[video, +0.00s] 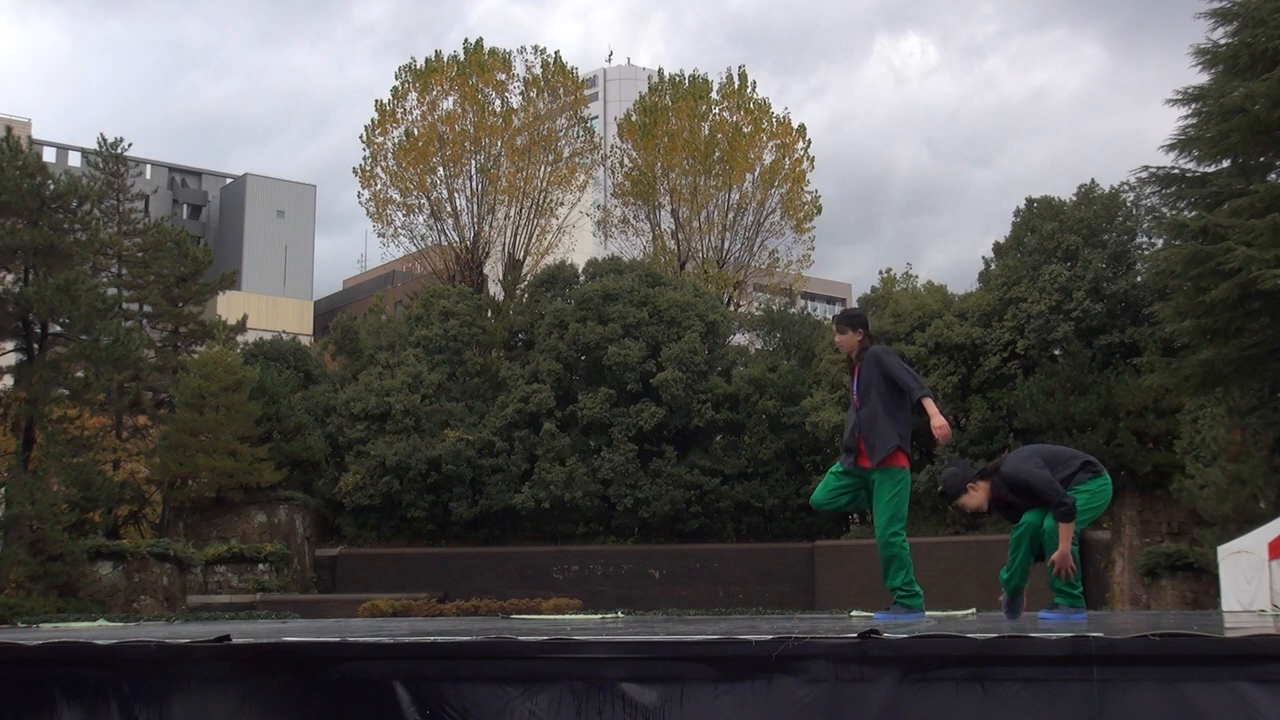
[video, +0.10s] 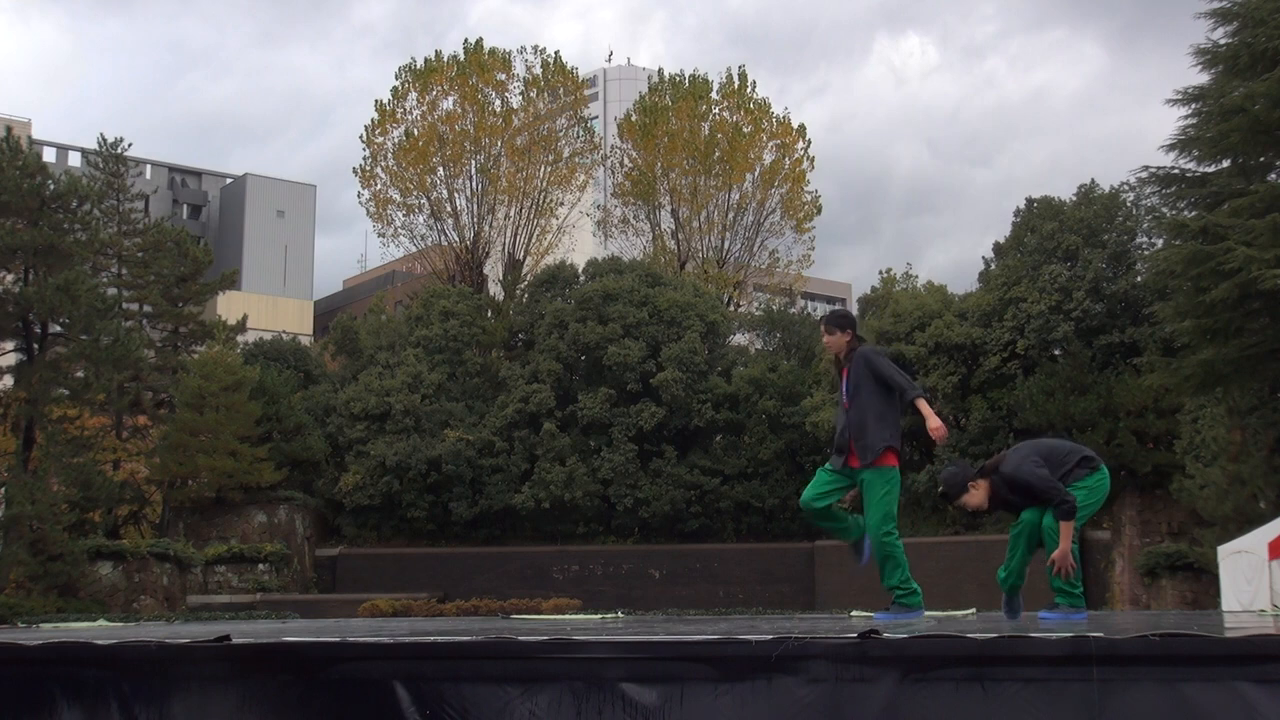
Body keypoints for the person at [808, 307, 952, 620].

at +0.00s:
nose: (837, 340)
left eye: (841, 333)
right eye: (835, 334)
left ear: (860, 333)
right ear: (851, 336)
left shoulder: (879, 355)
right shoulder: (857, 367)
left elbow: (914, 384)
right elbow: (865, 412)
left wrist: (935, 415)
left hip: (889, 458)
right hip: (856, 458)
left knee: (888, 532)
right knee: (822, 500)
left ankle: (909, 602)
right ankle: (877, 492)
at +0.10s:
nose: (824, 341)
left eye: (829, 334)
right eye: (823, 335)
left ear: (848, 334)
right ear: (836, 337)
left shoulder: (868, 356)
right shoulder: (846, 369)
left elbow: (906, 386)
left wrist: (930, 416)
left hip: (879, 457)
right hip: (847, 457)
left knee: (880, 532)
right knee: (811, 501)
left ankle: (907, 601)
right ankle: (859, 532)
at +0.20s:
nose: (812, 345)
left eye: (815, 338)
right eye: (810, 339)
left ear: (834, 337)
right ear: (823, 339)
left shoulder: (856, 360)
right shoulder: (833, 372)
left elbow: (892, 391)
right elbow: (845, 414)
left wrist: (920, 423)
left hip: (868, 460)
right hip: (835, 462)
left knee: (873, 531)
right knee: (805, 514)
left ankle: (907, 600)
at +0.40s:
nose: (781, 340)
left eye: (788, 335)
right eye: (781, 334)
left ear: (805, 340)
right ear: (786, 339)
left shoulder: (823, 370)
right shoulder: (790, 378)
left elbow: (855, 405)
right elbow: (797, 430)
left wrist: (884, 437)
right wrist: (784, 462)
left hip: (836, 465)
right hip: (805, 468)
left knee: (843, 528)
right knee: (793, 532)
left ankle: (894, 584)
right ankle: (789, 604)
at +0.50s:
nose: (774, 335)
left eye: (781, 330)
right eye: (773, 329)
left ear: (798, 334)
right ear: (775, 333)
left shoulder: (815, 368)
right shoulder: (777, 373)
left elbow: (847, 406)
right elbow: (773, 421)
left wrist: (876, 440)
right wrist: (761, 452)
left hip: (816, 459)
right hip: (787, 463)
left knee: (811, 511)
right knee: (786, 531)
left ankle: (883, 537)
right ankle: (789, 604)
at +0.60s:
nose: (770, 333)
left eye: (776, 329)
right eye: (769, 327)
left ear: (793, 333)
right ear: (771, 331)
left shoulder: (807, 372)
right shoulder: (766, 368)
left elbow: (838, 410)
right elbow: (757, 410)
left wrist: (870, 445)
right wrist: (743, 443)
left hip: (801, 458)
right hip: (777, 461)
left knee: (787, 501)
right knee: (778, 531)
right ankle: (789, 604)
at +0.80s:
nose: (758, 336)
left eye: (764, 332)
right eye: (757, 331)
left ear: (781, 335)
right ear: (757, 333)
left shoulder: (793, 375)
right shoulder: (755, 367)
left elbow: (816, 417)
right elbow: (743, 407)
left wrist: (841, 457)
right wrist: (722, 431)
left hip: (776, 455)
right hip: (755, 460)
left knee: (756, 500)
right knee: (765, 535)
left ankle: (820, 464)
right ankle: (788, 604)